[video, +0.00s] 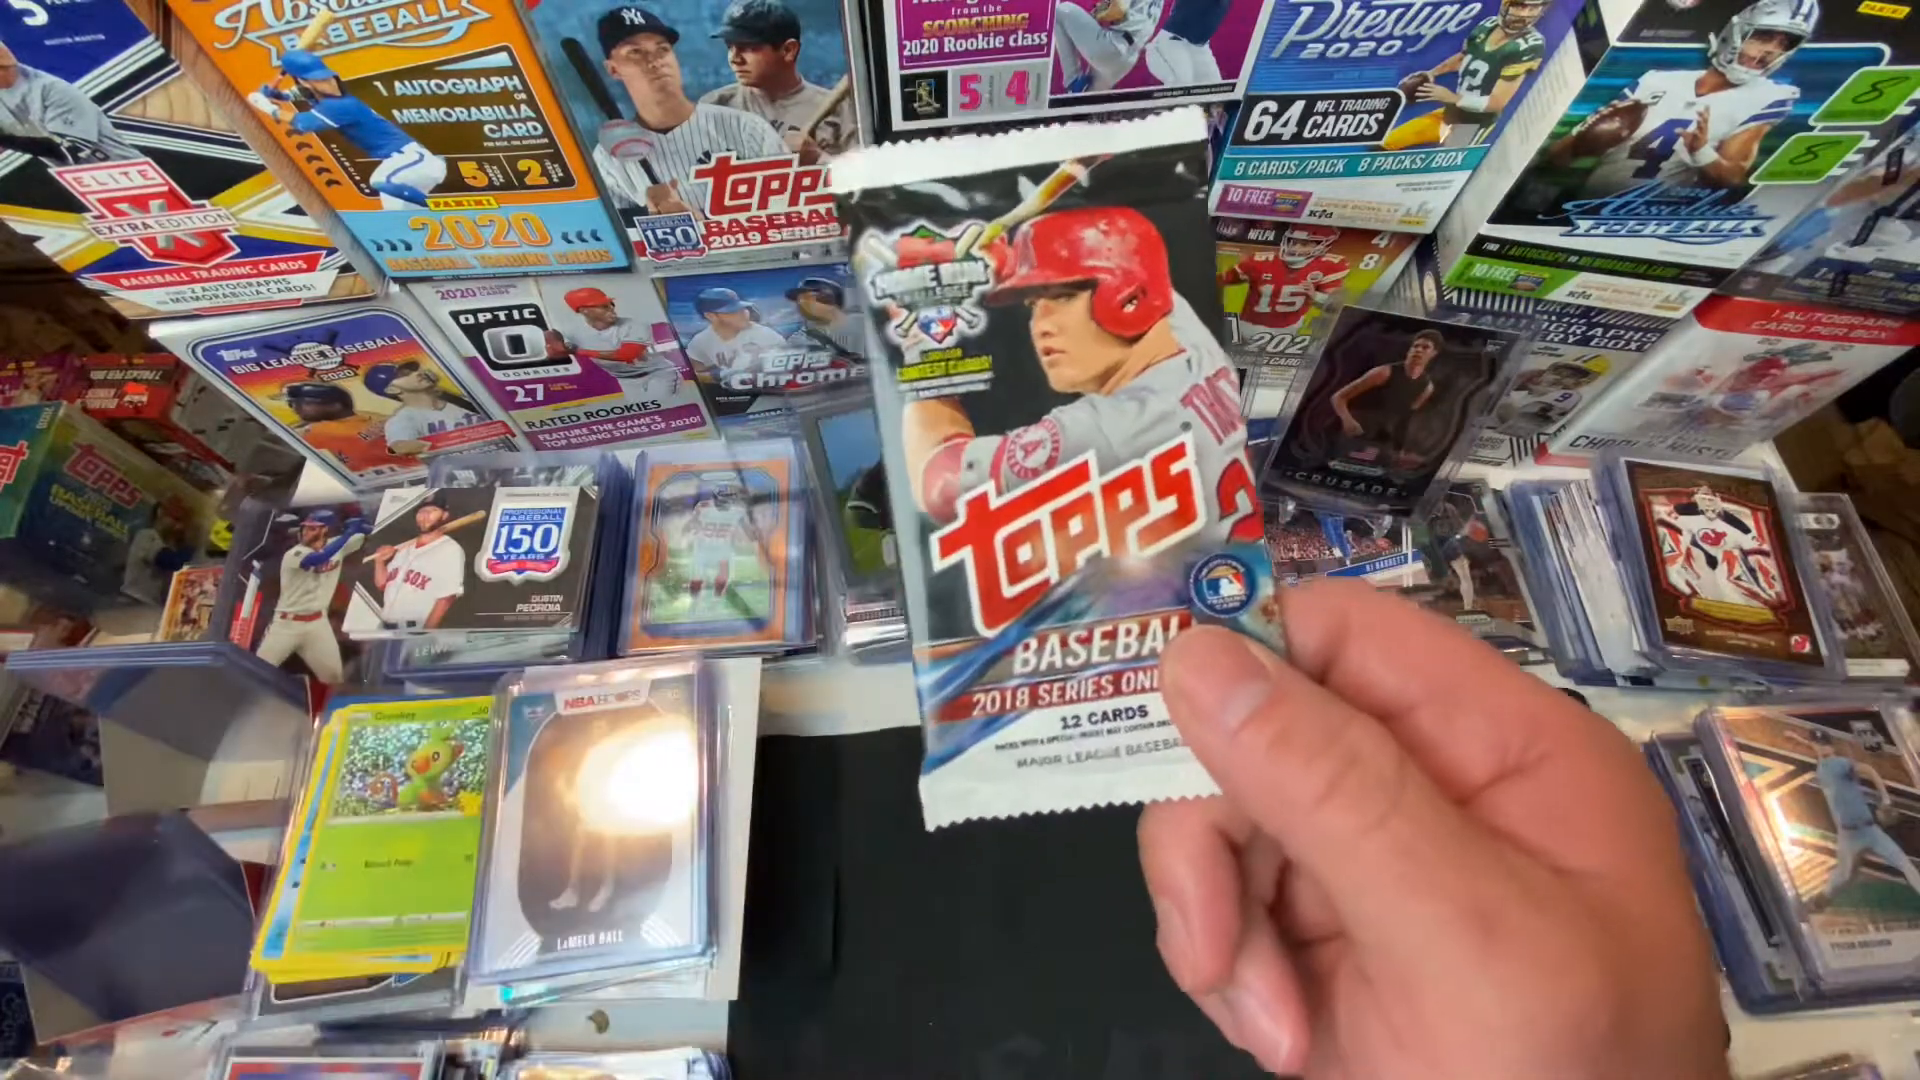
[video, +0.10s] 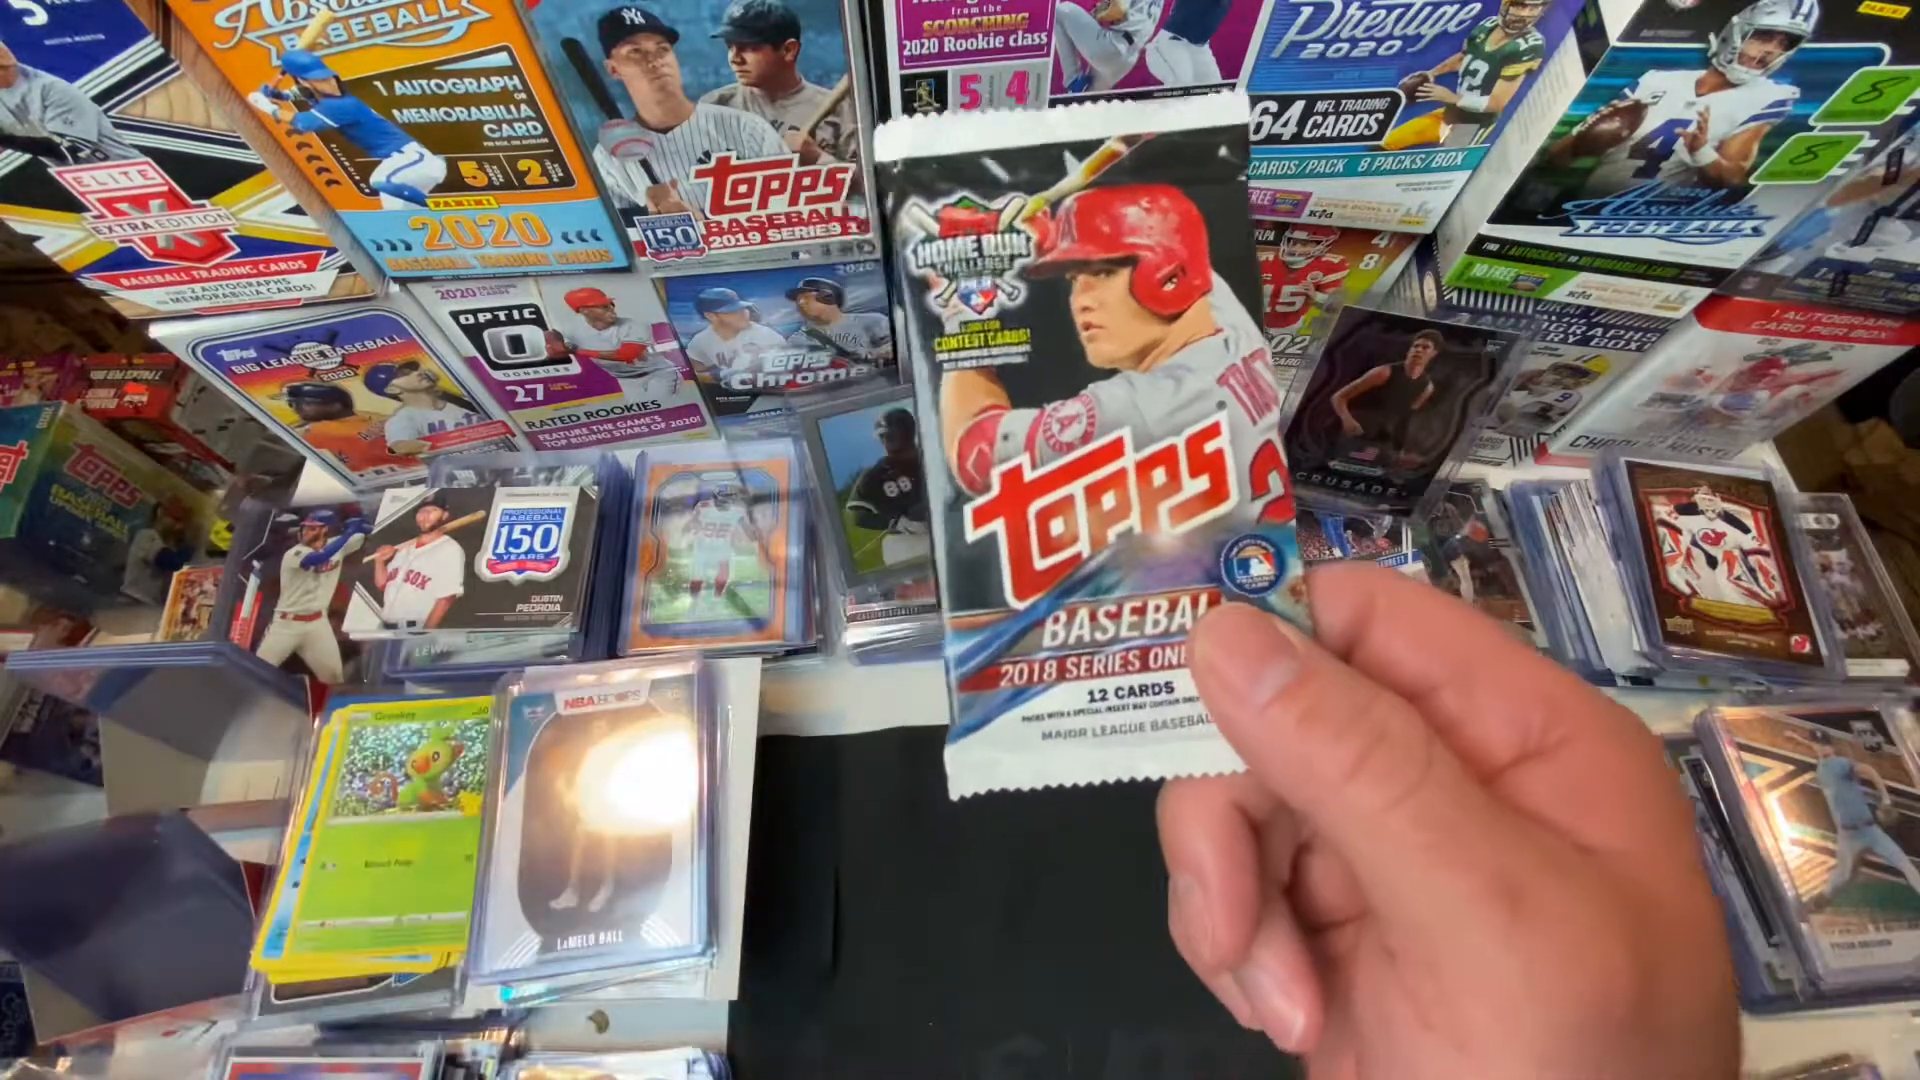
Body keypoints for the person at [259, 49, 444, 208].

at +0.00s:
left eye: (326, 76)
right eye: (321, 77)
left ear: (308, 83)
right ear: (305, 83)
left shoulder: (344, 106)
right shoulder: (329, 104)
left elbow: (301, 123)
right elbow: (298, 94)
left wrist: (270, 109)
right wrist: (275, 94)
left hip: (416, 158)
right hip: (403, 167)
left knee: (381, 179)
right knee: (397, 222)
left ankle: (437, 217)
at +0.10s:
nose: (329, 80)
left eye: (326, 76)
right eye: (321, 77)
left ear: (307, 82)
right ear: (305, 83)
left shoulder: (344, 105)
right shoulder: (330, 103)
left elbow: (302, 122)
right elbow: (299, 94)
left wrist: (270, 109)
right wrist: (275, 94)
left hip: (415, 158)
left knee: (381, 179)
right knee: (397, 221)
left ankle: (434, 220)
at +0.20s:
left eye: (300, 82)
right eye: (319, 79)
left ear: (308, 83)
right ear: (310, 82)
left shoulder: (343, 106)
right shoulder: (332, 103)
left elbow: (300, 123)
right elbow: (302, 92)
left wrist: (269, 108)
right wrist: (277, 95)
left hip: (414, 158)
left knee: (380, 180)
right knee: (394, 220)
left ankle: (433, 211)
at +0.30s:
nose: (302, 87)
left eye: (302, 82)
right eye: (307, 81)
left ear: (309, 83)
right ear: (309, 82)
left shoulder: (343, 106)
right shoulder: (334, 102)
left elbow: (299, 122)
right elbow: (302, 92)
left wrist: (270, 108)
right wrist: (276, 94)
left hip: (415, 158)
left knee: (381, 180)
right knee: (400, 219)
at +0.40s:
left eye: (325, 76)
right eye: (320, 77)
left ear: (309, 83)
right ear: (306, 83)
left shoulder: (343, 106)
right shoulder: (333, 102)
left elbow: (300, 122)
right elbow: (303, 92)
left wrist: (270, 109)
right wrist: (277, 94)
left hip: (415, 159)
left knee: (381, 180)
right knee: (400, 219)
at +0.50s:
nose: (329, 80)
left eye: (326, 76)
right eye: (322, 77)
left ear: (309, 83)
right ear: (305, 83)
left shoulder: (343, 106)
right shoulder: (332, 103)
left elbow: (300, 122)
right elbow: (302, 92)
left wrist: (270, 109)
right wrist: (277, 95)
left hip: (415, 158)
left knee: (381, 180)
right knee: (400, 219)